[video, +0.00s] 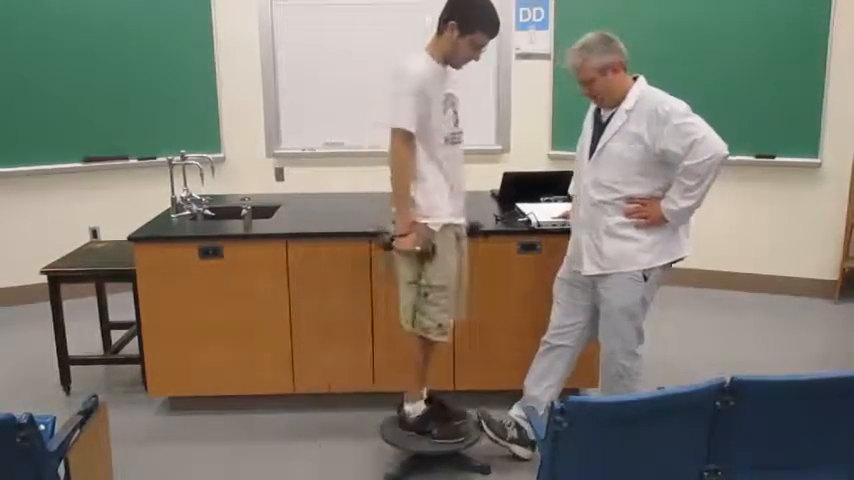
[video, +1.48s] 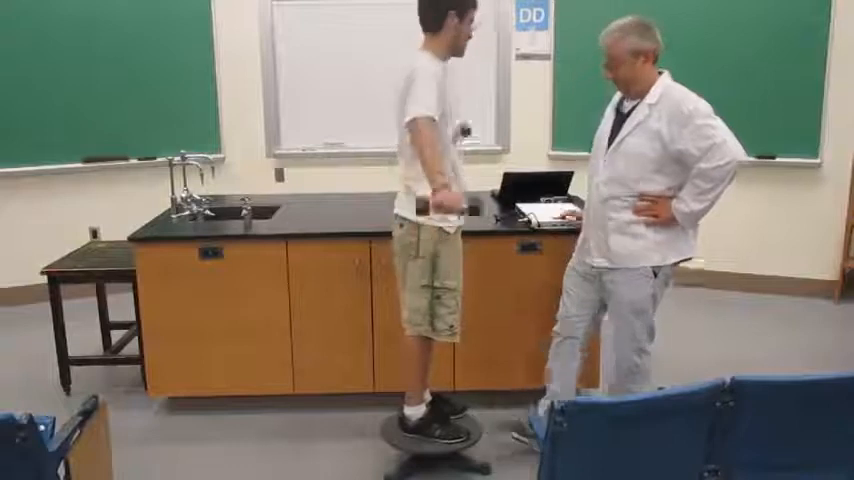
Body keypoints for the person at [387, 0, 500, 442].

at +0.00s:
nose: (477, 57)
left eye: (481, 49)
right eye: (475, 47)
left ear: (458, 35)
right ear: (450, 30)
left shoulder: (442, 77)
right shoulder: (416, 75)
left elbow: (440, 152)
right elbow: (401, 147)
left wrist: (454, 216)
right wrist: (403, 220)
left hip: (448, 219)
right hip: (426, 220)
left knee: (437, 319)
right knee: (427, 320)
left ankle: (421, 399)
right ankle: (413, 407)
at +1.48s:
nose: (472, 32)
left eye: (473, 23)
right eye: (470, 22)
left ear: (441, 21)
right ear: (453, 20)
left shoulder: (435, 68)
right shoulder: (426, 68)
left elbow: (429, 131)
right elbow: (420, 127)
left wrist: (449, 185)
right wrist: (440, 184)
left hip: (435, 216)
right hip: (423, 217)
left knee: (431, 314)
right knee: (421, 316)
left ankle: (423, 398)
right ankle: (414, 411)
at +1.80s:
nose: (478, 32)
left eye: (478, 23)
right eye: (476, 22)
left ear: (451, 21)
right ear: (457, 21)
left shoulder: (442, 69)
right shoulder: (428, 66)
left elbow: (438, 124)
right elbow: (426, 111)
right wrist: (432, 144)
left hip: (441, 214)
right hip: (425, 214)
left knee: (434, 314)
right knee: (423, 315)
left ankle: (423, 398)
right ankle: (414, 411)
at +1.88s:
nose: (478, 32)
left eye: (479, 23)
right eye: (476, 22)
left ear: (450, 21)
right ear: (458, 21)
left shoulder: (442, 69)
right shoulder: (428, 66)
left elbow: (438, 125)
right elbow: (426, 111)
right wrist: (432, 144)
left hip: (441, 214)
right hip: (425, 214)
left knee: (434, 314)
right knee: (423, 315)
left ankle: (423, 398)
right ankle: (414, 411)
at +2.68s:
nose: (474, 34)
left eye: (475, 25)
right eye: (470, 24)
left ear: (446, 24)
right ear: (445, 22)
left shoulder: (437, 71)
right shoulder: (423, 68)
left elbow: (442, 134)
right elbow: (423, 113)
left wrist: (470, 154)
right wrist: (430, 137)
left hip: (439, 214)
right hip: (422, 214)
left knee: (431, 313)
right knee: (421, 314)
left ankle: (421, 399)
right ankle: (414, 411)